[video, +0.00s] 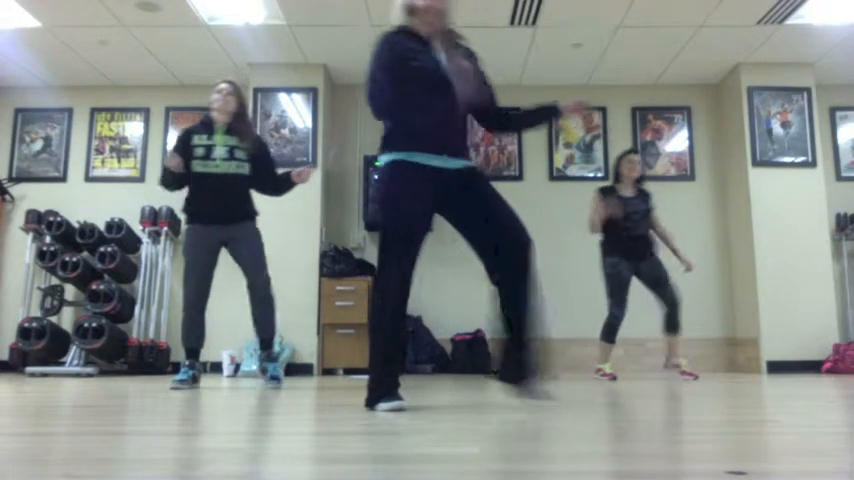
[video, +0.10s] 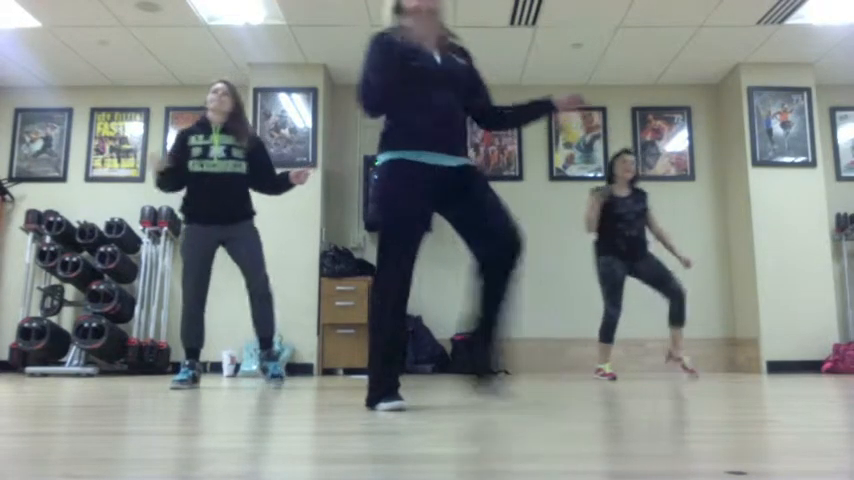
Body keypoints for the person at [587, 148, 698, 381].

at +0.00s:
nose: (634, 167)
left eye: (637, 163)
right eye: (629, 162)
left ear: (641, 169)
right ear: (619, 167)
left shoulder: (643, 196)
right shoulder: (605, 195)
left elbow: (658, 228)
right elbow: (594, 228)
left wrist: (680, 256)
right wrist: (601, 214)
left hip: (645, 258)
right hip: (617, 259)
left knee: (672, 302)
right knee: (617, 311)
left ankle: (673, 359)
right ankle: (603, 364)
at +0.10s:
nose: (628, 166)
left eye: (632, 163)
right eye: (624, 162)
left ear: (636, 168)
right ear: (613, 167)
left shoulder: (639, 196)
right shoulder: (601, 194)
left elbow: (655, 229)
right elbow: (591, 227)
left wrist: (679, 255)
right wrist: (596, 204)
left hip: (639, 257)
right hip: (611, 258)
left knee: (677, 293)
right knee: (613, 309)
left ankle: (676, 352)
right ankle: (603, 364)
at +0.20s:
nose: (623, 165)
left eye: (626, 161)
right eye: (618, 161)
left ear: (629, 166)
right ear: (607, 165)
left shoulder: (635, 193)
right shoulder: (595, 194)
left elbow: (647, 225)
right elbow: (588, 228)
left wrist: (667, 253)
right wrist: (584, 201)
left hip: (634, 255)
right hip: (606, 257)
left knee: (670, 291)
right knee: (608, 309)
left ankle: (667, 350)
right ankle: (602, 364)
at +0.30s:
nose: (622, 165)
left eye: (625, 161)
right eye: (617, 161)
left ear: (629, 166)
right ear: (606, 164)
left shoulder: (633, 192)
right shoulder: (593, 194)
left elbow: (644, 225)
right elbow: (588, 229)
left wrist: (663, 255)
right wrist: (582, 205)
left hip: (634, 255)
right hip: (606, 257)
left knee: (662, 298)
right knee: (608, 309)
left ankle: (659, 355)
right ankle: (602, 363)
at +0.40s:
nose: (630, 168)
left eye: (631, 164)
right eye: (625, 164)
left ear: (631, 168)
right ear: (612, 167)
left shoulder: (634, 195)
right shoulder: (594, 196)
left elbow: (644, 231)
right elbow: (587, 230)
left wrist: (661, 260)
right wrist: (578, 208)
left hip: (634, 257)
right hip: (606, 259)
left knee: (667, 298)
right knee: (608, 310)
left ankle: (660, 355)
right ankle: (602, 364)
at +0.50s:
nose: (637, 167)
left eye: (637, 163)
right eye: (632, 163)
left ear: (635, 168)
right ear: (619, 166)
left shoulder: (637, 195)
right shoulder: (598, 193)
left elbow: (645, 231)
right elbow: (587, 226)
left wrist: (660, 261)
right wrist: (576, 200)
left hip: (634, 257)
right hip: (606, 257)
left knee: (671, 292)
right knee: (609, 309)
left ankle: (666, 350)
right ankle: (602, 365)